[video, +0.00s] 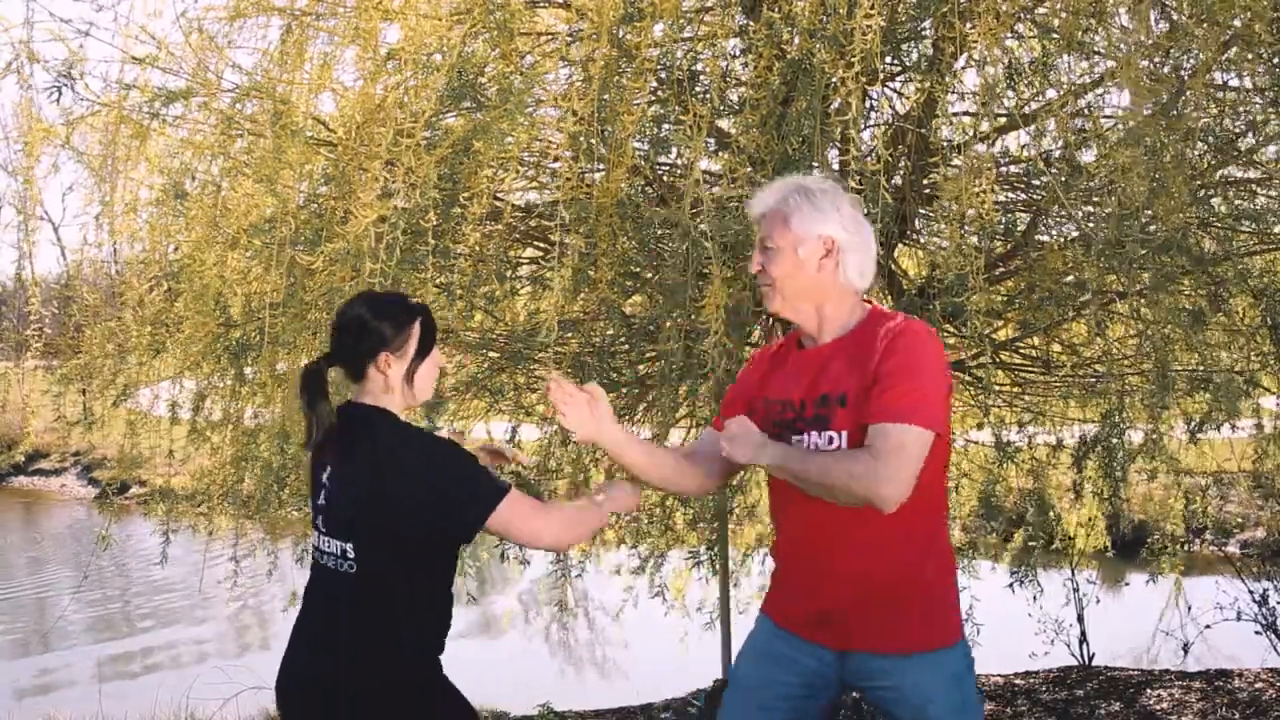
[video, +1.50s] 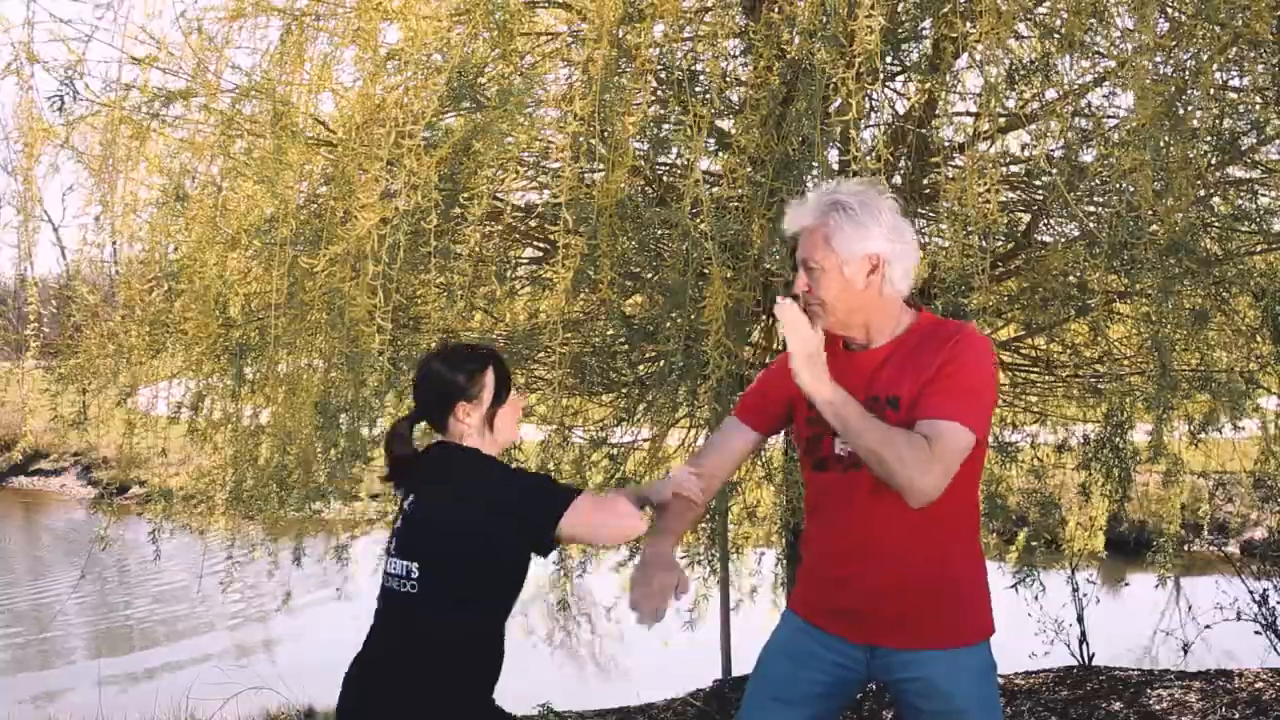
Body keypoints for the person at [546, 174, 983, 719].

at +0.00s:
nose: (753, 265)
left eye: (768, 249)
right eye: (757, 249)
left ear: (826, 254)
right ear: (819, 256)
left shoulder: (906, 345)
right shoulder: (769, 367)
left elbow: (886, 482)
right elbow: (698, 472)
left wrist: (767, 451)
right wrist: (611, 435)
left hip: (912, 644)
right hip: (791, 634)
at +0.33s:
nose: (813, 258)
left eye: (828, 242)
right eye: (815, 242)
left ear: (887, 249)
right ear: (876, 248)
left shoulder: (963, 344)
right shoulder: (811, 349)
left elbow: (900, 462)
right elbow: (702, 426)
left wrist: (800, 382)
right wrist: (597, 382)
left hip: (940, 638)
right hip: (819, 626)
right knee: (763, 714)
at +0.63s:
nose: (769, 273)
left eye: (782, 256)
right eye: (769, 257)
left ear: (841, 257)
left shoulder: (924, 345)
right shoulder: (770, 360)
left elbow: (862, 473)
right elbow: (672, 437)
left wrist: (751, 440)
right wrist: (569, 386)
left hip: (913, 641)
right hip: (788, 630)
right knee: (733, 709)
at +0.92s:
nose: (761, 282)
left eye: (772, 264)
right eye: (759, 266)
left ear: (831, 261)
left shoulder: (919, 344)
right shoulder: (765, 362)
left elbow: (860, 473)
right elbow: (665, 436)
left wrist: (746, 437)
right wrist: (561, 384)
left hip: (916, 640)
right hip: (791, 630)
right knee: (735, 710)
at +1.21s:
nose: (771, 293)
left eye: (782, 275)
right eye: (770, 275)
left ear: (840, 268)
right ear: (832, 271)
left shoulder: (935, 345)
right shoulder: (790, 358)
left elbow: (867, 463)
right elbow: (704, 465)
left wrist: (781, 380)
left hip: (929, 640)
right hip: (805, 630)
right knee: (748, 709)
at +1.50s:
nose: (800, 287)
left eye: (814, 271)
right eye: (799, 270)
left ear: (872, 269)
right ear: (866, 270)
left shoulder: (960, 350)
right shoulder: (803, 362)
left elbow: (923, 479)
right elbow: (704, 472)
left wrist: (823, 389)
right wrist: (659, 547)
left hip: (942, 643)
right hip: (816, 632)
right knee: (760, 709)